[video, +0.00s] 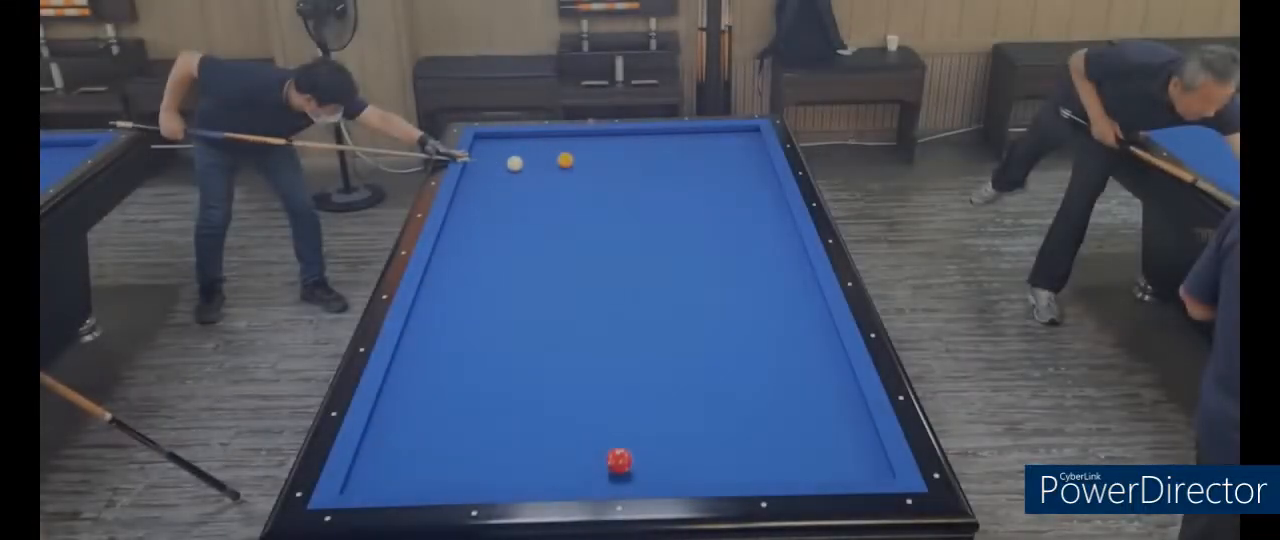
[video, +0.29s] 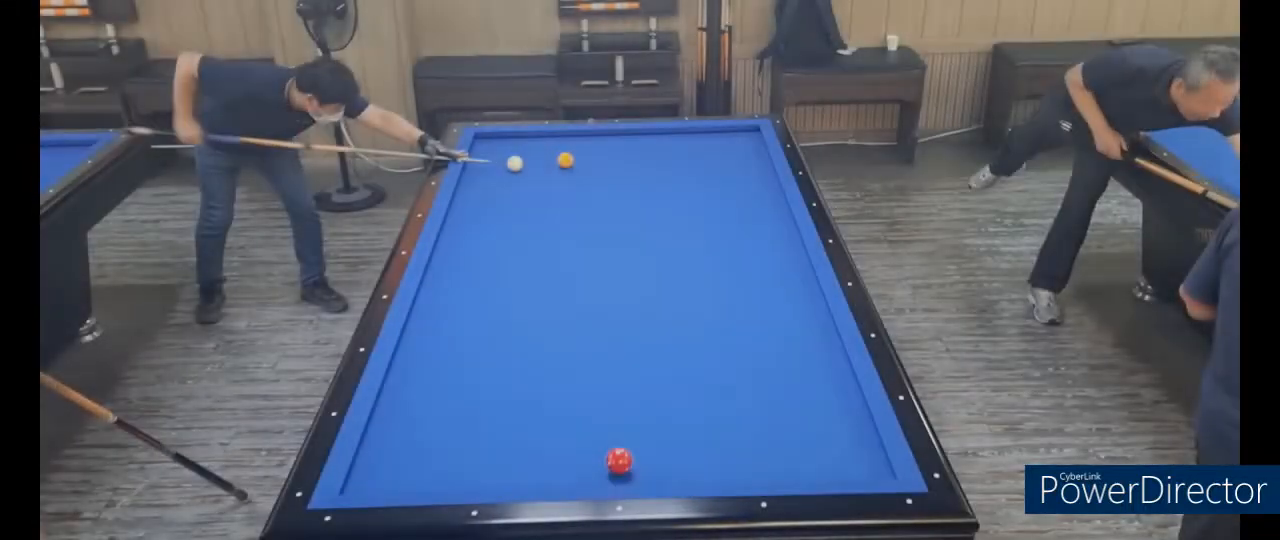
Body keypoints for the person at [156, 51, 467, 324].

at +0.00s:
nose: (330, 119)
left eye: (334, 114)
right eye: (326, 113)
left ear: (330, 100)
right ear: (305, 98)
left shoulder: (329, 93)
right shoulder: (246, 80)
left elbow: (379, 119)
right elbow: (186, 62)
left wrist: (427, 142)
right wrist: (168, 111)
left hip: (270, 141)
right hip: (217, 139)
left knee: (302, 206)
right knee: (214, 217)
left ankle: (314, 284)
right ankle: (209, 292)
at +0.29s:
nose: (333, 118)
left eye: (337, 112)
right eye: (329, 112)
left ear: (317, 98)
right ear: (308, 98)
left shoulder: (331, 92)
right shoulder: (255, 80)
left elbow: (380, 118)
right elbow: (188, 62)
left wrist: (424, 140)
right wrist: (183, 119)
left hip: (272, 144)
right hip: (219, 142)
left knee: (304, 208)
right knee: (216, 217)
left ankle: (314, 285)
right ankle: (209, 292)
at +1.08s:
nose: (320, 72)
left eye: (323, 64)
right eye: (312, 64)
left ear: (327, 58)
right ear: (285, 58)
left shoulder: (323, 75)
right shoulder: (243, 68)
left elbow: (345, 107)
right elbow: (191, 98)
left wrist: (358, 153)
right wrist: (198, 152)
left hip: (276, 146)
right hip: (224, 149)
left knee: (307, 209)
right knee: (219, 219)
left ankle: (314, 284)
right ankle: (209, 291)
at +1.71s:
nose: (242, 21)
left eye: (248, 15)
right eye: (235, 15)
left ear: (255, 4)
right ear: (216, 3)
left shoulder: (264, 15)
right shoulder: (183, 29)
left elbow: (284, 65)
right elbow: (154, 83)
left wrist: (307, 114)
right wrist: (176, 141)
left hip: (263, 141)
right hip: (210, 148)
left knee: (293, 210)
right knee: (209, 224)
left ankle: (313, 283)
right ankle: (209, 292)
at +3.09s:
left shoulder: (247, 7)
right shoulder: (166, 18)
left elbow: (271, 56)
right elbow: (144, 77)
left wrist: (293, 106)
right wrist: (174, 134)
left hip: (263, 137)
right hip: (210, 146)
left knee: (291, 210)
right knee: (209, 222)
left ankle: (313, 282)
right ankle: (209, 291)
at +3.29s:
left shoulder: (248, 8)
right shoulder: (168, 19)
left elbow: (270, 55)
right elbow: (146, 77)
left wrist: (291, 101)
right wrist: (180, 131)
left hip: (264, 138)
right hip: (212, 148)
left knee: (293, 209)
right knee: (209, 221)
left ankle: (313, 282)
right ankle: (210, 291)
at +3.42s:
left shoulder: (256, 8)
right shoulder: (180, 19)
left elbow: (274, 58)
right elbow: (156, 78)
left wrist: (293, 91)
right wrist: (193, 130)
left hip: (272, 140)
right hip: (221, 149)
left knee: (304, 202)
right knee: (214, 221)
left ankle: (311, 280)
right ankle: (209, 291)